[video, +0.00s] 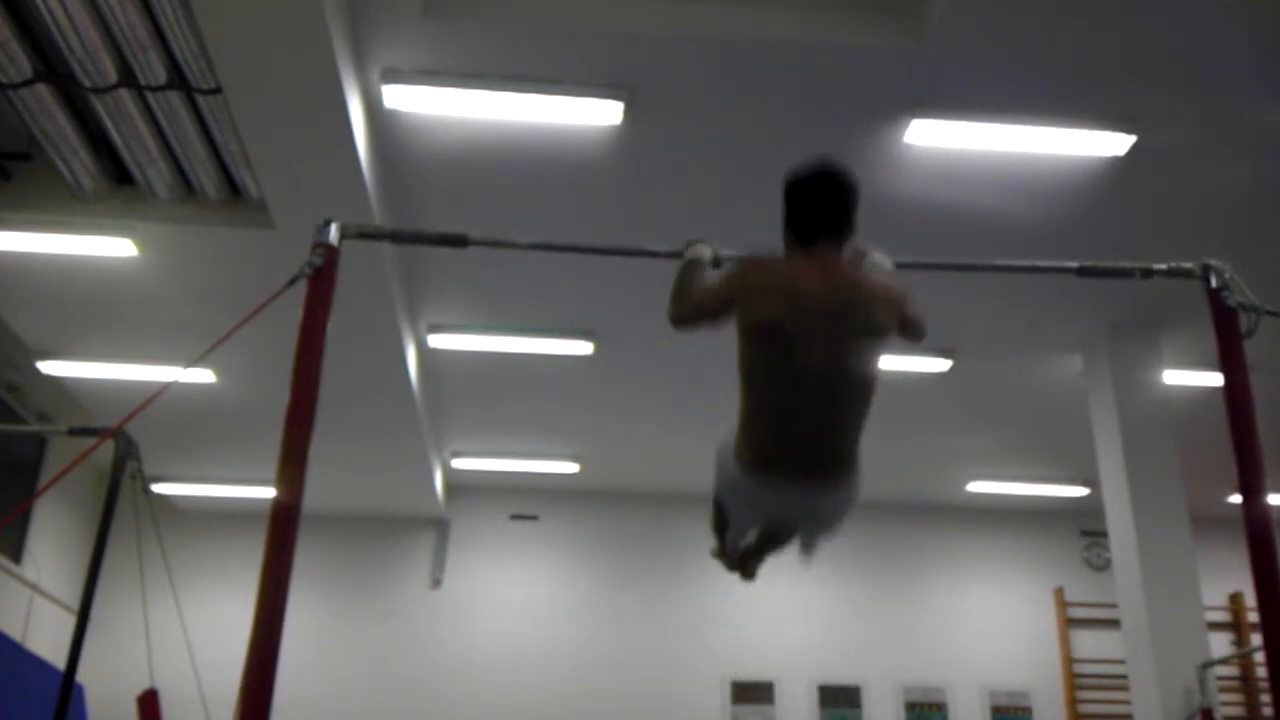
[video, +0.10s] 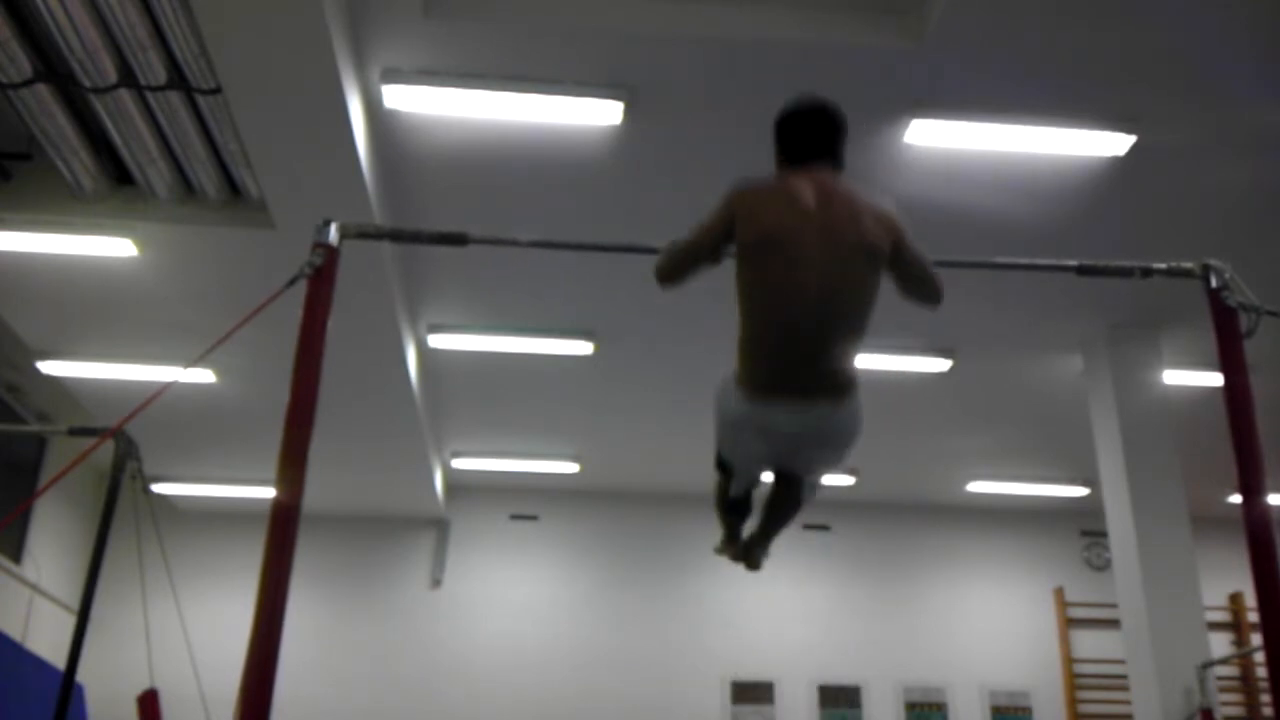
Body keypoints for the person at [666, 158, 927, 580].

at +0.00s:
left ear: (787, 220)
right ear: (849, 226)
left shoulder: (757, 280)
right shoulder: (873, 294)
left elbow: (683, 312)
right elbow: (914, 330)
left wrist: (695, 261)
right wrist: (882, 276)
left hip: (758, 479)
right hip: (829, 487)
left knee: (730, 493)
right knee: (789, 524)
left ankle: (729, 548)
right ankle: (753, 558)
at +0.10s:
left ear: (778, 150)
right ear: (841, 153)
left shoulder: (748, 205)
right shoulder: (874, 220)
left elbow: (669, 271)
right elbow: (929, 292)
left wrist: (701, 245)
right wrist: (881, 249)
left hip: (752, 413)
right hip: (828, 419)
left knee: (734, 468)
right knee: (797, 471)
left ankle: (731, 537)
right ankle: (758, 546)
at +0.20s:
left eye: (766, 131)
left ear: (763, 127)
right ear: (822, 130)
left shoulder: (739, 159)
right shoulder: (857, 171)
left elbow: (669, 218)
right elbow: (929, 242)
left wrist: (702, 248)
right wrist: (873, 248)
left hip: (757, 359)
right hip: (832, 365)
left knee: (739, 459)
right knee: (797, 466)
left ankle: (736, 538)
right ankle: (763, 547)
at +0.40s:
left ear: (748, 159)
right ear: (801, 156)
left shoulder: (727, 167)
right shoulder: (839, 170)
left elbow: (661, 153)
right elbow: (912, 171)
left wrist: (692, 231)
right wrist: (872, 243)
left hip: (758, 301)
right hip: (835, 301)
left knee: (750, 451)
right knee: (810, 455)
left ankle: (751, 570)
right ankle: (780, 574)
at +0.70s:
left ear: (732, 131)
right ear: (790, 131)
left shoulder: (719, 144)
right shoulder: (821, 151)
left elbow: (660, 159)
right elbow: (889, 176)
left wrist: (690, 231)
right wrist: (873, 238)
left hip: (755, 234)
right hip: (828, 235)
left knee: (766, 405)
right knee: (834, 401)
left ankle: (788, 557)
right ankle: (830, 551)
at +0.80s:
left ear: (732, 102)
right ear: (786, 104)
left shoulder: (715, 121)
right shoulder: (820, 130)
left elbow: (664, 162)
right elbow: (880, 173)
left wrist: (690, 230)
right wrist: (874, 236)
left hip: (755, 210)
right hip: (828, 211)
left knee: (770, 356)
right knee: (837, 355)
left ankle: (796, 497)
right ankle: (841, 489)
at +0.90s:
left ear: (732, 74)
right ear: (786, 78)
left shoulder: (712, 96)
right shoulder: (817, 105)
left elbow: (674, 162)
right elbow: (863, 164)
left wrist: (691, 225)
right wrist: (872, 226)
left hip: (755, 173)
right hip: (827, 175)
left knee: (770, 313)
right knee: (837, 311)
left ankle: (798, 453)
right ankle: (841, 440)